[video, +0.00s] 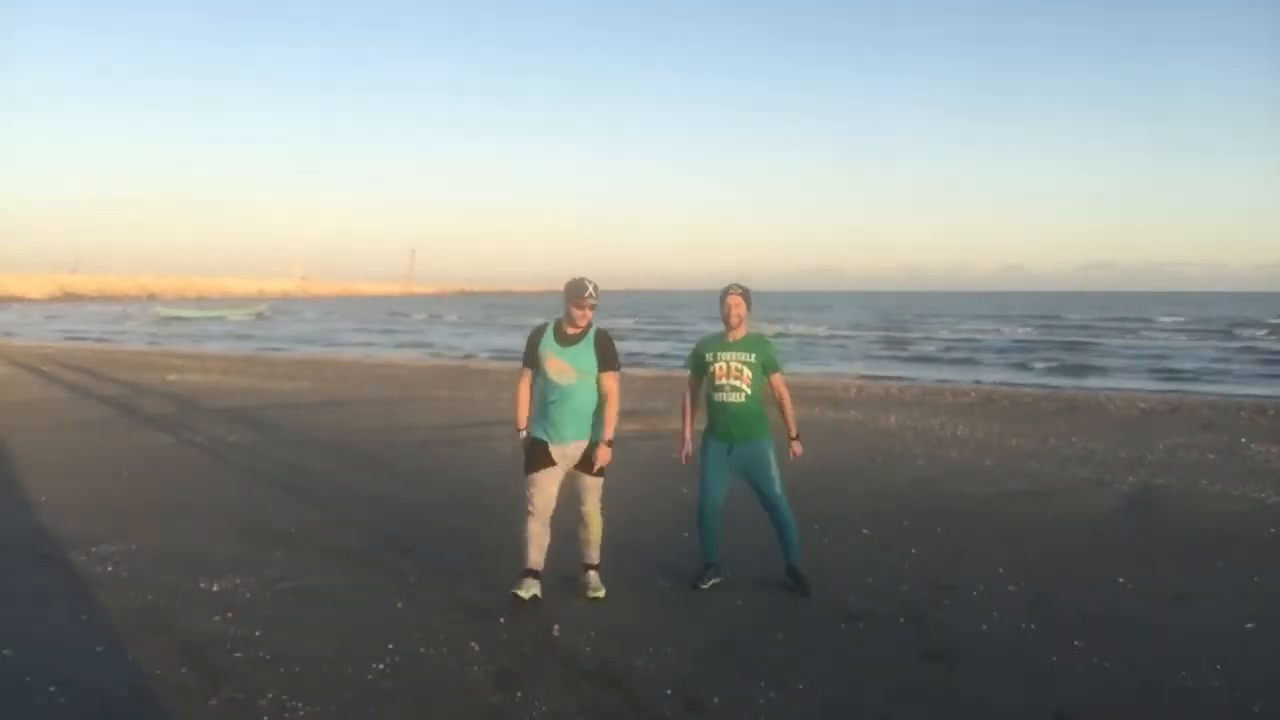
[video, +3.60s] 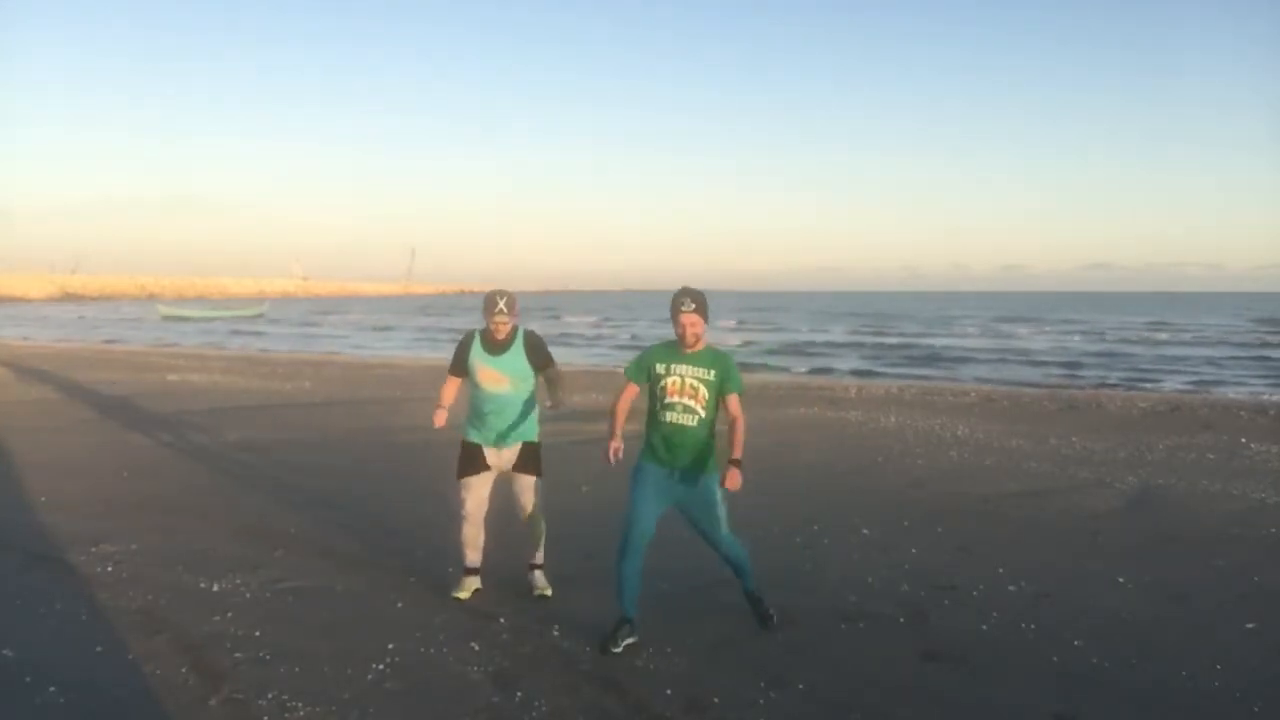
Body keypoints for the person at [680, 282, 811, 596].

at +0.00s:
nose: (731, 312)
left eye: (736, 306)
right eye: (726, 306)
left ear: (747, 311)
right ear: (720, 311)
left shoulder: (761, 347)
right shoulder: (705, 348)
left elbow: (781, 391)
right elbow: (692, 392)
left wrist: (793, 434)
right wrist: (686, 436)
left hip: (755, 439)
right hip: (717, 439)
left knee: (775, 500)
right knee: (708, 504)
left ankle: (793, 566)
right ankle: (711, 566)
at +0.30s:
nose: (720, 307)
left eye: (726, 302)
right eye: (715, 302)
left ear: (736, 305)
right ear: (709, 306)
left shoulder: (752, 338)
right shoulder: (694, 338)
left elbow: (762, 381)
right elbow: (679, 375)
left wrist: (747, 405)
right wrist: (679, 394)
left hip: (740, 428)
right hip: (705, 428)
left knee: (744, 499)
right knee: (705, 496)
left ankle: (741, 564)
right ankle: (710, 564)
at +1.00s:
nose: (741, 316)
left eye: (747, 311)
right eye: (736, 311)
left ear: (756, 317)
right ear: (728, 317)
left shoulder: (771, 357)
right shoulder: (713, 353)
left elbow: (786, 397)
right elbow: (692, 389)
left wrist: (797, 428)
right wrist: (698, 429)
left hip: (756, 449)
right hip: (717, 447)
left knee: (769, 516)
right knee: (710, 513)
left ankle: (773, 589)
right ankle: (711, 565)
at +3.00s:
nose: (748, 322)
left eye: (754, 315)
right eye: (742, 316)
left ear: (765, 317)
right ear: (735, 319)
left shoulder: (785, 355)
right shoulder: (721, 357)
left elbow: (791, 402)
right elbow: (709, 403)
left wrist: (785, 428)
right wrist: (722, 431)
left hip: (775, 452)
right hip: (736, 453)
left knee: (784, 527)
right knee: (738, 524)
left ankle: (781, 595)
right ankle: (741, 586)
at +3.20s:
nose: (745, 332)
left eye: (751, 326)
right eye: (739, 325)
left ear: (762, 328)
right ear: (732, 328)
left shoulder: (783, 366)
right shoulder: (717, 367)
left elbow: (804, 418)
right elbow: (698, 419)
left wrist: (788, 421)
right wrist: (691, 420)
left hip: (770, 465)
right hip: (727, 463)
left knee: (785, 536)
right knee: (707, 528)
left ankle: (782, 599)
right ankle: (695, 603)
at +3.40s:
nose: (723, 334)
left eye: (729, 327)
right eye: (717, 328)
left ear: (741, 329)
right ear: (710, 330)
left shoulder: (762, 369)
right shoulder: (693, 367)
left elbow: (782, 421)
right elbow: (665, 402)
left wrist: (773, 420)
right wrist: (655, 408)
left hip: (746, 475)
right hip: (700, 472)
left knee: (769, 543)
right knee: (667, 539)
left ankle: (782, 602)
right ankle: (634, 614)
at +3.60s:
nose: (686, 327)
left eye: (693, 320)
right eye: (680, 320)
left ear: (705, 322)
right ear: (673, 322)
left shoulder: (720, 362)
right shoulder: (655, 356)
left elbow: (736, 417)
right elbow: (626, 397)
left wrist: (735, 463)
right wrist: (616, 434)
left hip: (699, 471)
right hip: (654, 467)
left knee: (722, 540)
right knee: (634, 540)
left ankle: (753, 595)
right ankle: (627, 621)